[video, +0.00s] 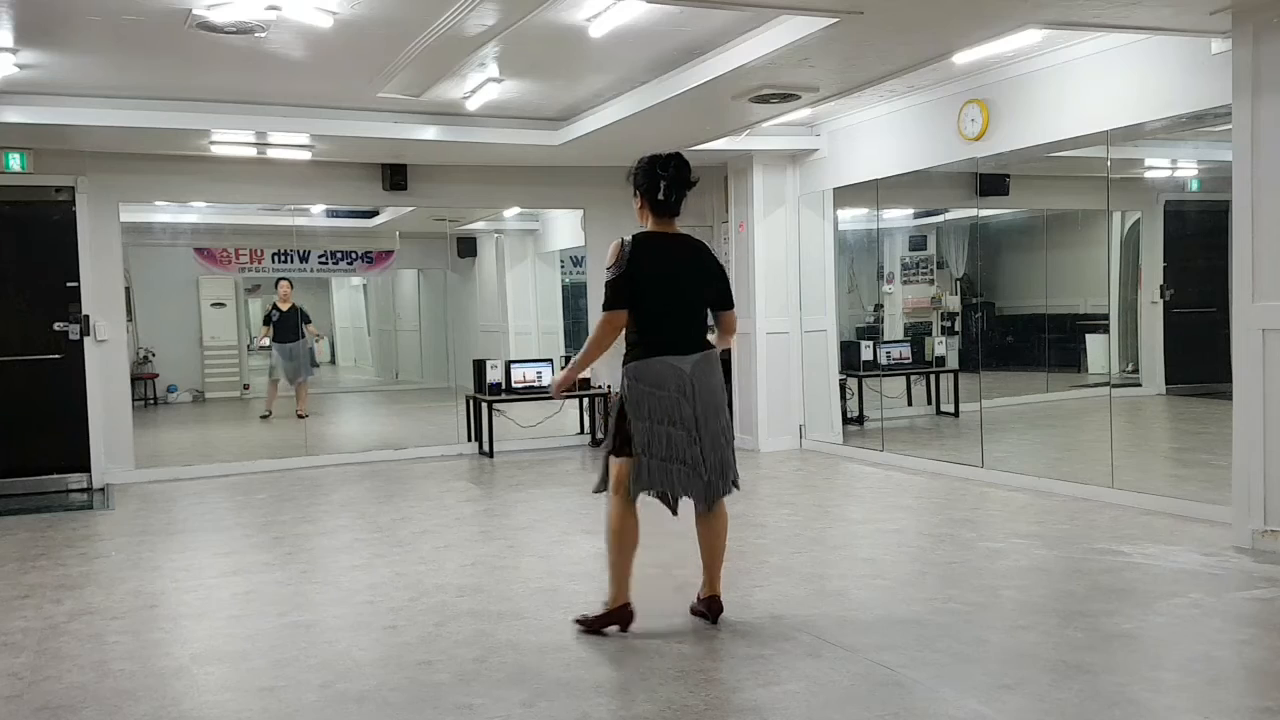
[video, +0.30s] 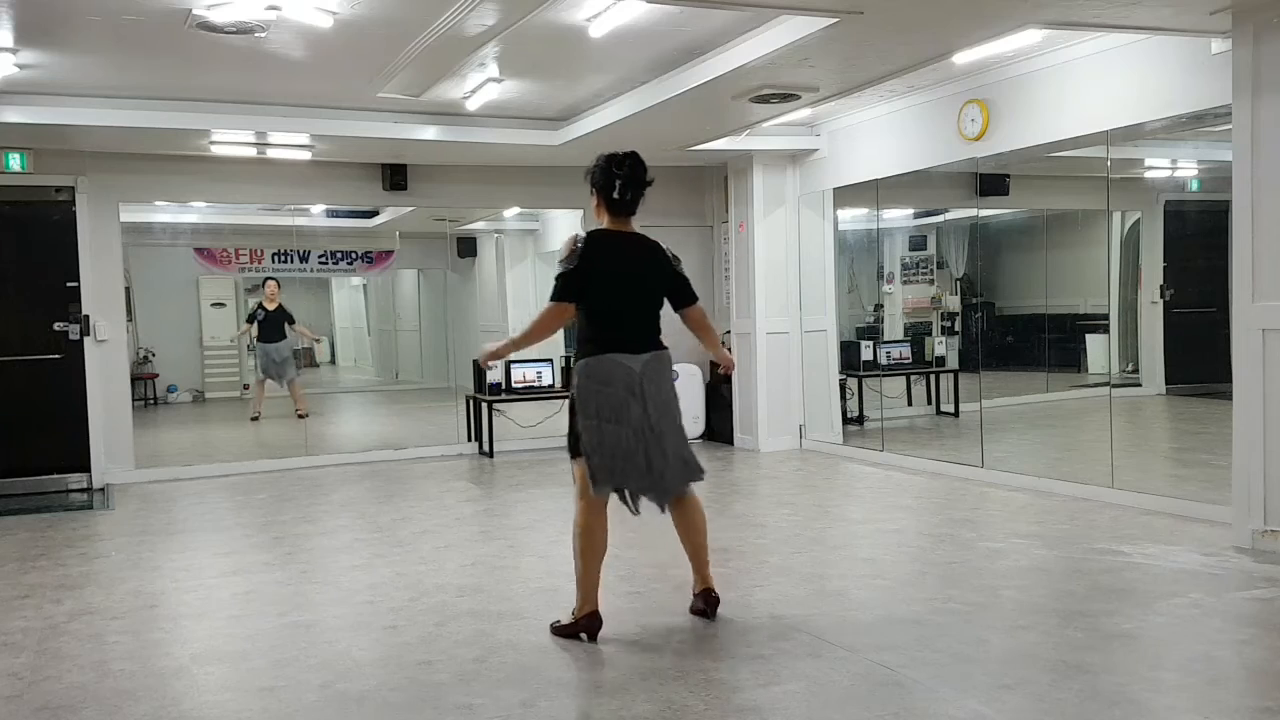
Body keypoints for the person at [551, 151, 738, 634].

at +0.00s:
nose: (634, 204)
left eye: (634, 197)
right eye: (638, 197)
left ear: (640, 202)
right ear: (681, 201)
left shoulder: (630, 254)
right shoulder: (703, 255)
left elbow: (613, 323)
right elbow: (728, 326)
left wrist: (574, 370)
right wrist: (715, 342)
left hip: (646, 377)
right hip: (703, 375)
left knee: (622, 489)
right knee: (709, 485)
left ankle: (619, 602)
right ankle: (711, 595)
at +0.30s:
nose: (589, 201)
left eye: (590, 194)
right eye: (594, 194)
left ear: (596, 198)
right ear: (638, 199)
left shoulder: (583, 251)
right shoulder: (657, 253)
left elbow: (559, 314)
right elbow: (692, 312)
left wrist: (508, 346)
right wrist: (718, 348)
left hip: (598, 375)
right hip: (654, 372)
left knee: (591, 492)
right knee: (675, 481)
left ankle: (587, 611)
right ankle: (704, 586)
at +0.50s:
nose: (561, 200)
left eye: (561, 194)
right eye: (564, 194)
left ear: (567, 197)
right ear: (611, 198)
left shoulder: (551, 249)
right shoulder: (629, 252)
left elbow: (520, 318)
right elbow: (670, 317)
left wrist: (479, 342)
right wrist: (708, 364)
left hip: (570, 375)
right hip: (626, 374)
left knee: (577, 493)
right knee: (638, 486)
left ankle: (585, 611)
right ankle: (666, 589)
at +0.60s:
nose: (554, 201)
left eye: (554, 195)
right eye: (558, 194)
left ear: (558, 198)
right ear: (602, 197)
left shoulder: (542, 251)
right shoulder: (622, 252)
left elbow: (515, 322)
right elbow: (661, 315)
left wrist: (483, 343)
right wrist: (701, 365)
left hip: (563, 375)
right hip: (620, 373)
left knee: (571, 496)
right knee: (617, 486)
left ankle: (585, 612)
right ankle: (626, 597)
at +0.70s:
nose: (545, 200)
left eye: (546, 194)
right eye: (551, 193)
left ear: (552, 199)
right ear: (595, 197)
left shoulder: (538, 253)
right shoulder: (618, 252)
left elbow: (517, 326)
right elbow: (658, 318)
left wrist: (492, 345)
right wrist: (698, 370)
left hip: (559, 376)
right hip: (615, 375)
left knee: (568, 499)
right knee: (603, 493)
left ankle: (583, 610)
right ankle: (605, 604)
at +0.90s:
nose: (540, 203)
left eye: (541, 196)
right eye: (547, 195)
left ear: (546, 201)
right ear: (589, 200)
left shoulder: (534, 255)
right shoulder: (614, 254)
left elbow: (518, 326)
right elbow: (649, 319)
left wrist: (498, 356)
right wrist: (687, 372)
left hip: (553, 375)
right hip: (610, 374)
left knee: (555, 493)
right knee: (607, 494)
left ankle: (579, 595)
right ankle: (606, 604)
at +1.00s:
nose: (537, 205)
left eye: (537, 198)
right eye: (541, 197)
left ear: (542, 203)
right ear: (585, 202)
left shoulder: (530, 258)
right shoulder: (610, 256)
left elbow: (515, 328)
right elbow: (645, 320)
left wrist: (492, 365)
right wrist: (676, 374)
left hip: (550, 378)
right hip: (607, 376)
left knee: (545, 487)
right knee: (608, 491)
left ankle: (567, 587)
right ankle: (604, 603)